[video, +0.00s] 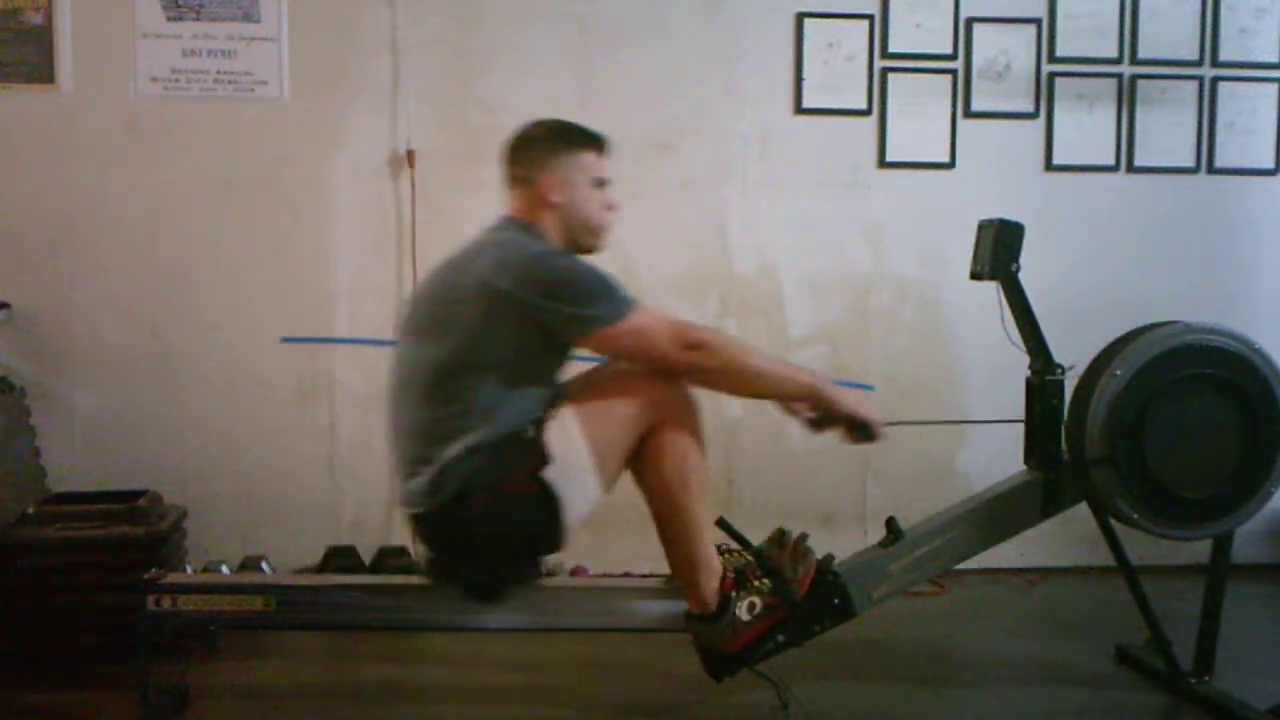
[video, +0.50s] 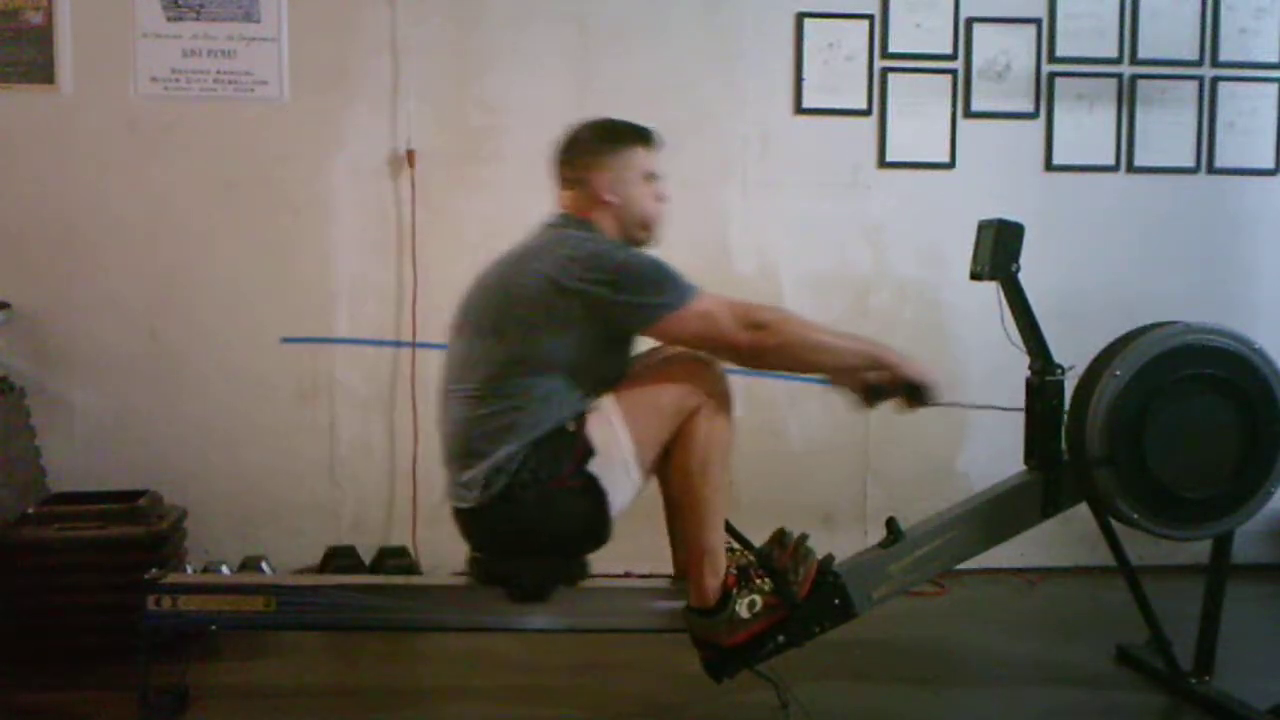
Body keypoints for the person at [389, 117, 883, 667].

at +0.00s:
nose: (613, 204)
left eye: (610, 187)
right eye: (599, 186)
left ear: (547, 193)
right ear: (549, 191)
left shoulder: (497, 261)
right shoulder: (528, 266)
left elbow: (665, 346)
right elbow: (680, 348)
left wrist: (787, 392)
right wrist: (823, 390)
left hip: (456, 520)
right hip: (481, 521)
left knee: (653, 380)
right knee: (663, 392)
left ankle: (705, 582)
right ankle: (714, 606)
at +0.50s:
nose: (663, 197)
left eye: (659, 181)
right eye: (650, 180)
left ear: (599, 191)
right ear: (601, 190)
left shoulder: (553, 256)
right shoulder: (591, 263)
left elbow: (729, 326)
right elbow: (742, 335)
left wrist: (844, 369)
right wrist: (880, 358)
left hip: (497, 501)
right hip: (524, 503)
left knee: (688, 366)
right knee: (700, 382)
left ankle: (705, 583)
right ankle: (712, 603)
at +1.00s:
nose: (244, 171)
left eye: (241, 155)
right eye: (225, 156)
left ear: (192, 173)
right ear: (162, 173)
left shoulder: (188, 268)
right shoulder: (181, 273)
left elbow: (292, 365)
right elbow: (287, 371)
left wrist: (426, 359)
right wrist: (439, 359)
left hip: (293, 483)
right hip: (287, 497)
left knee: (509, 493)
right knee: (509, 500)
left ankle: (704, 585)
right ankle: (710, 613)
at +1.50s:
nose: (191, 206)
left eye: (188, 190)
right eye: (171, 189)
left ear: (139, 202)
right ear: (109, 201)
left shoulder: (151, 294)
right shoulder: (96, 298)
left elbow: (158, 414)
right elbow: (101, 435)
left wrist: (265, 380)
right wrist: (238, 366)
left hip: (306, 472)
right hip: (278, 502)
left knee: (500, 508)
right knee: (493, 529)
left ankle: (705, 593)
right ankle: (708, 611)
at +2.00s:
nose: (351, 189)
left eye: (349, 171)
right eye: (337, 170)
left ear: (277, 174)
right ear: (280, 172)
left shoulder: (250, 256)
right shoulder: (263, 264)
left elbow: (403, 355)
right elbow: (407, 356)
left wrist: (531, 409)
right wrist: (540, 408)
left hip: (311, 487)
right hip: (304, 507)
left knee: (527, 467)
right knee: (527, 476)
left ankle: (703, 588)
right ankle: (708, 615)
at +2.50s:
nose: (586, 203)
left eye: (583, 186)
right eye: (572, 185)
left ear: (521, 192)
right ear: (522, 190)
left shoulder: (465, 262)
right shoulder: (505, 268)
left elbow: (638, 350)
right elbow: (655, 349)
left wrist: (758, 393)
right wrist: (798, 393)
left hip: (434, 519)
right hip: (463, 521)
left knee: (631, 387)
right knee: (642, 395)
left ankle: (706, 591)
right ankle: (713, 610)